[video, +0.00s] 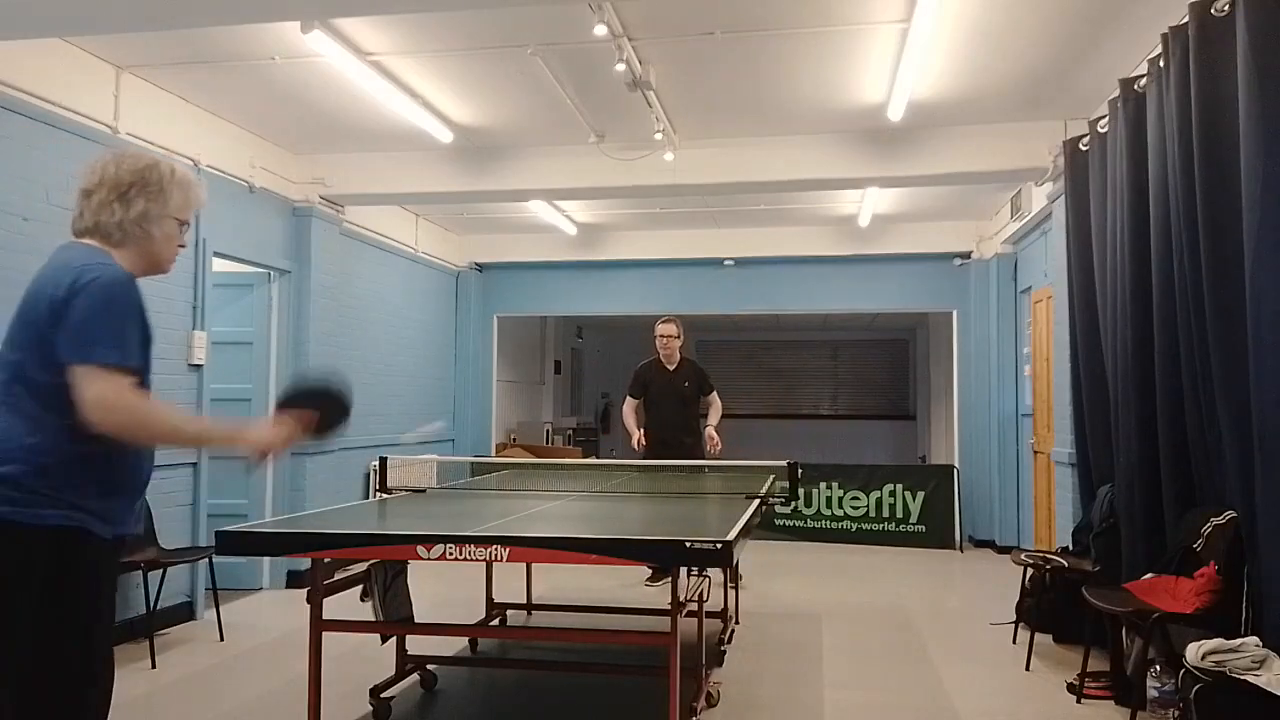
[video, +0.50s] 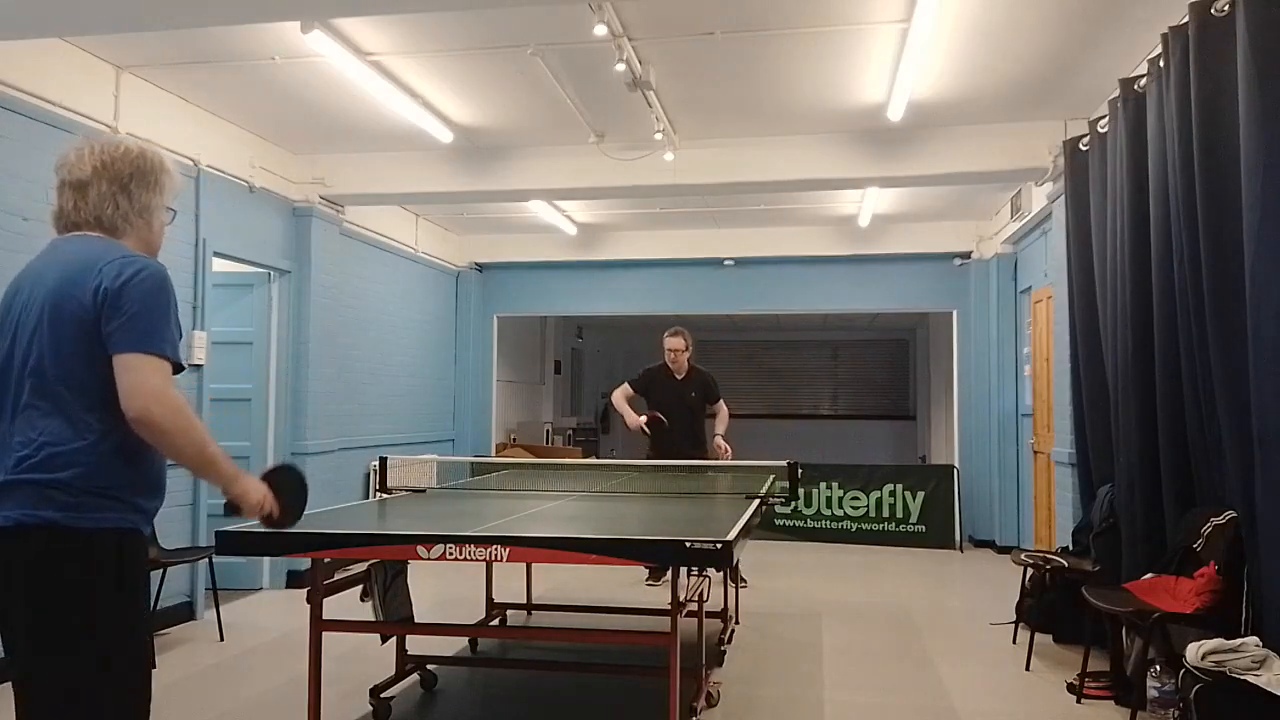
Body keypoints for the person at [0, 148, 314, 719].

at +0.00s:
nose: (185, 240)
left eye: (187, 226)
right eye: (179, 223)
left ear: (129, 215)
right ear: (138, 215)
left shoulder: (71, 271)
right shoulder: (102, 281)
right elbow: (105, 403)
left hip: (41, 529)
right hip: (58, 536)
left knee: (46, 691)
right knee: (65, 696)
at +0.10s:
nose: (186, 235)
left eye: (187, 222)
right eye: (181, 219)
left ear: (119, 209)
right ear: (145, 211)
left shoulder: (72, 268)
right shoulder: (120, 274)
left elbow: (53, 410)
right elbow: (152, 395)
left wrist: (123, 489)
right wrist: (269, 390)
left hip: (30, 522)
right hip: (64, 530)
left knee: (26, 693)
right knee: (68, 700)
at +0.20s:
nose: (181, 232)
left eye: (183, 219)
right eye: (178, 216)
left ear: (108, 207)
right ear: (143, 208)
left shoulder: (67, 268)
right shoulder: (131, 271)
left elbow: (57, 404)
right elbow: (163, 390)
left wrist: (130, 490)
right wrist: (268, 394)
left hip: (33, 517)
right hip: (76, 524)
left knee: (30, 682)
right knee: (73, 691)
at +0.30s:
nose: (176, 231)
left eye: (177, 216)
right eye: (173, 214)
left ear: (96, 206)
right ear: (139, 207)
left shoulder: (53, 273)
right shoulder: (135, 270)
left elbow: (34, 397)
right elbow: (160, 391)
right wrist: (262, 422)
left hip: (28, 520)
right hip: (84, 526)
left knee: (41, 694)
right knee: (88, 700)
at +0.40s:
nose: (171, 231)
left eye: (173, 216)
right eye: (169, 215)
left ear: (87, 206)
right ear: (137, 207)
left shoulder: (42, 275)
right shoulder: (133, 270)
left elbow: (27, 402)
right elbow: (152, 395)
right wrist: (245, 457)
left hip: (26, 523)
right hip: (87, 529)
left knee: (41, 696)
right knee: (101, 699)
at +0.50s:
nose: (166, 230)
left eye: (167, 216)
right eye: (164, 214)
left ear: (75, 206)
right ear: (134, 208)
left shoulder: (26, 279)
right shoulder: (132, 272)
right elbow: (147, 403)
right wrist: (234, 481)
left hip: (17, 533)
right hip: (87, 536)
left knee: (41, 703)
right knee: (105, 703)